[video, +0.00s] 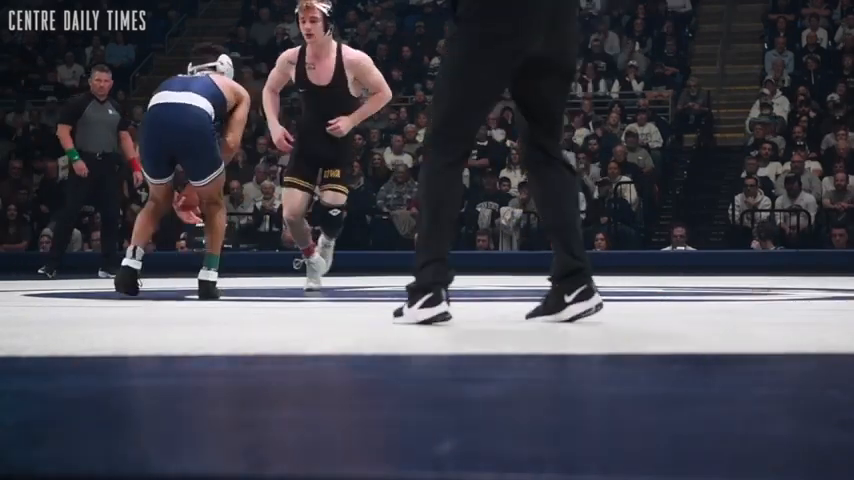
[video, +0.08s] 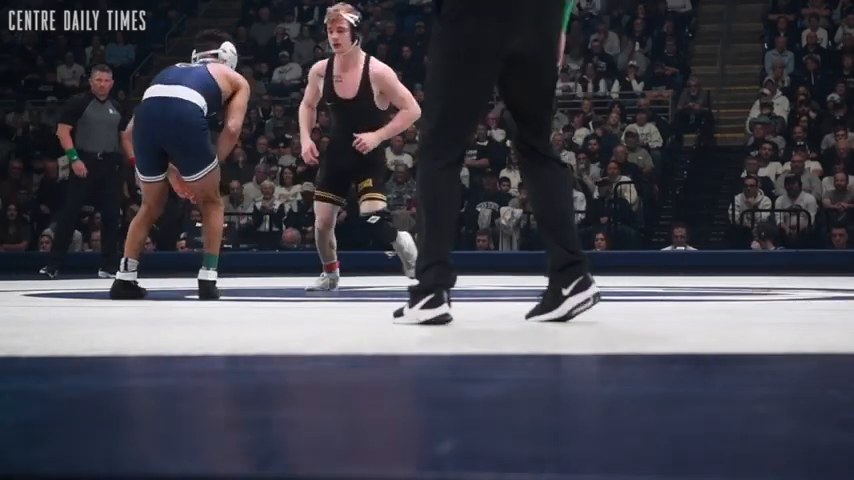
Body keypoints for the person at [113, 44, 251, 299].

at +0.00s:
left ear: (197, 71)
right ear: (225, 74)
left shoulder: (175, 82)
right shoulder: (238, 91)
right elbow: (231, 142)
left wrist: (175, 194)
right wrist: (199, 187)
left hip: (153, 128)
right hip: (194, 128)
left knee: (157, 200)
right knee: (213, 204)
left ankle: (131, 261)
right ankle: (209, 276)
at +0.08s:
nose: (234, 64)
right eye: (233, 61)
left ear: (199, 58)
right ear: (228, 60)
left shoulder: (174, 72)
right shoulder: (237, 80)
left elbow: (133, 131)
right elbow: (232, 128)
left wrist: (172, 173)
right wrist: (211, 167)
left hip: (144, 126)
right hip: (186, 125)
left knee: (150, 206)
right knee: (210, 202)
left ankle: (125, 276)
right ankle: (208, 278)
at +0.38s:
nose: (257, 49)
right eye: (259, 45)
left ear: (227, 35)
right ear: (254, 39)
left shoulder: (195, 51)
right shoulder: (248, 46)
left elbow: (142, 77)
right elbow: (247, 62)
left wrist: (159, 110)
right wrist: (231, 118)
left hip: (148, 113)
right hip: (183, 112)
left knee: (150, 204)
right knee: (237, 191)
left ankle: (124, 277)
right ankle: (247, 273)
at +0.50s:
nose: (288, 50)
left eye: (288, 46)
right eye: (289, 44)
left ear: (259, 32)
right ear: (286, 37)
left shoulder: (235, 47)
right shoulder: (273, 49)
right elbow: (258, 82)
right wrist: (247, 137)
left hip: (171, 113)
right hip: (201, 114)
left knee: (162, 204)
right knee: (252, 196)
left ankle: (127, 276)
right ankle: (260, 279)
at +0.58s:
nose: (305, 47)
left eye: (307, 41)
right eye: (307, 41)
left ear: (279, 30)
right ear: (302, 36)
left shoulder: (252, 49)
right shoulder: (287, 52)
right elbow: (271, 97)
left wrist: (208, 162)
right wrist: (267, 151)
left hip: (187, 118)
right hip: (215, 118)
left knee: (184, 205)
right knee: (266, 198)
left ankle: (134, 270)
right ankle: (262, 280)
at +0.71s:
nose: (334, 33)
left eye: (334, 27)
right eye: (333, 27)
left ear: (302, 22)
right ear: (325, 27)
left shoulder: (281, 43)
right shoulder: (306, 47)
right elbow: (292, 102)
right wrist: (289, 157)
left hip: (214, 121)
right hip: (236, 122)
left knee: (230, 205)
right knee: (282, 200)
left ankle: (165, 253)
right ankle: (264, 279)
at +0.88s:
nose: (359, 21)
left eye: (359, 17)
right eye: (357, 16)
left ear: (327, 16)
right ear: (347, 17)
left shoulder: (309, 37)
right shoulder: (333, 40)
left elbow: (289, 100)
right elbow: (317, 98)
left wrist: (305, 144)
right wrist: (312, 152)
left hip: (255, 115)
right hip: (265, 117)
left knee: (290, 196)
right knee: (298, 204)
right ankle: (266, 279)